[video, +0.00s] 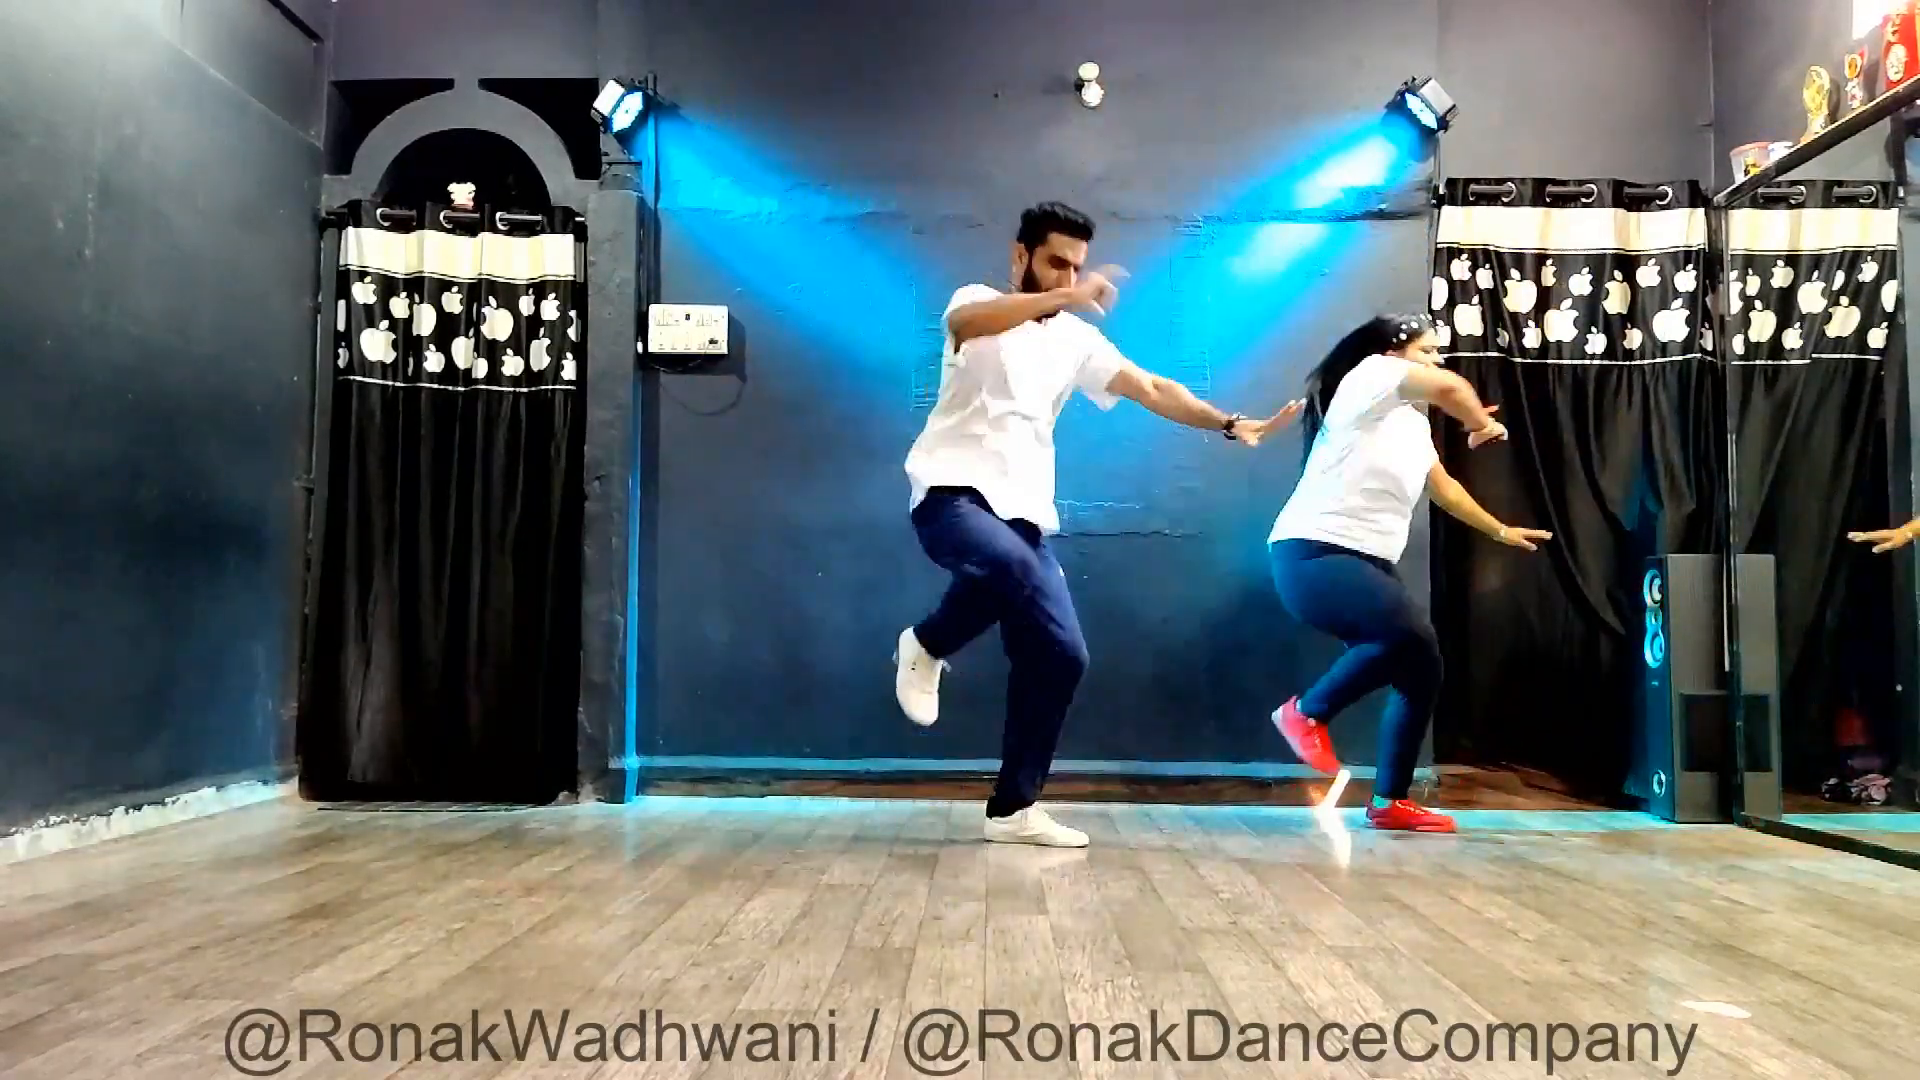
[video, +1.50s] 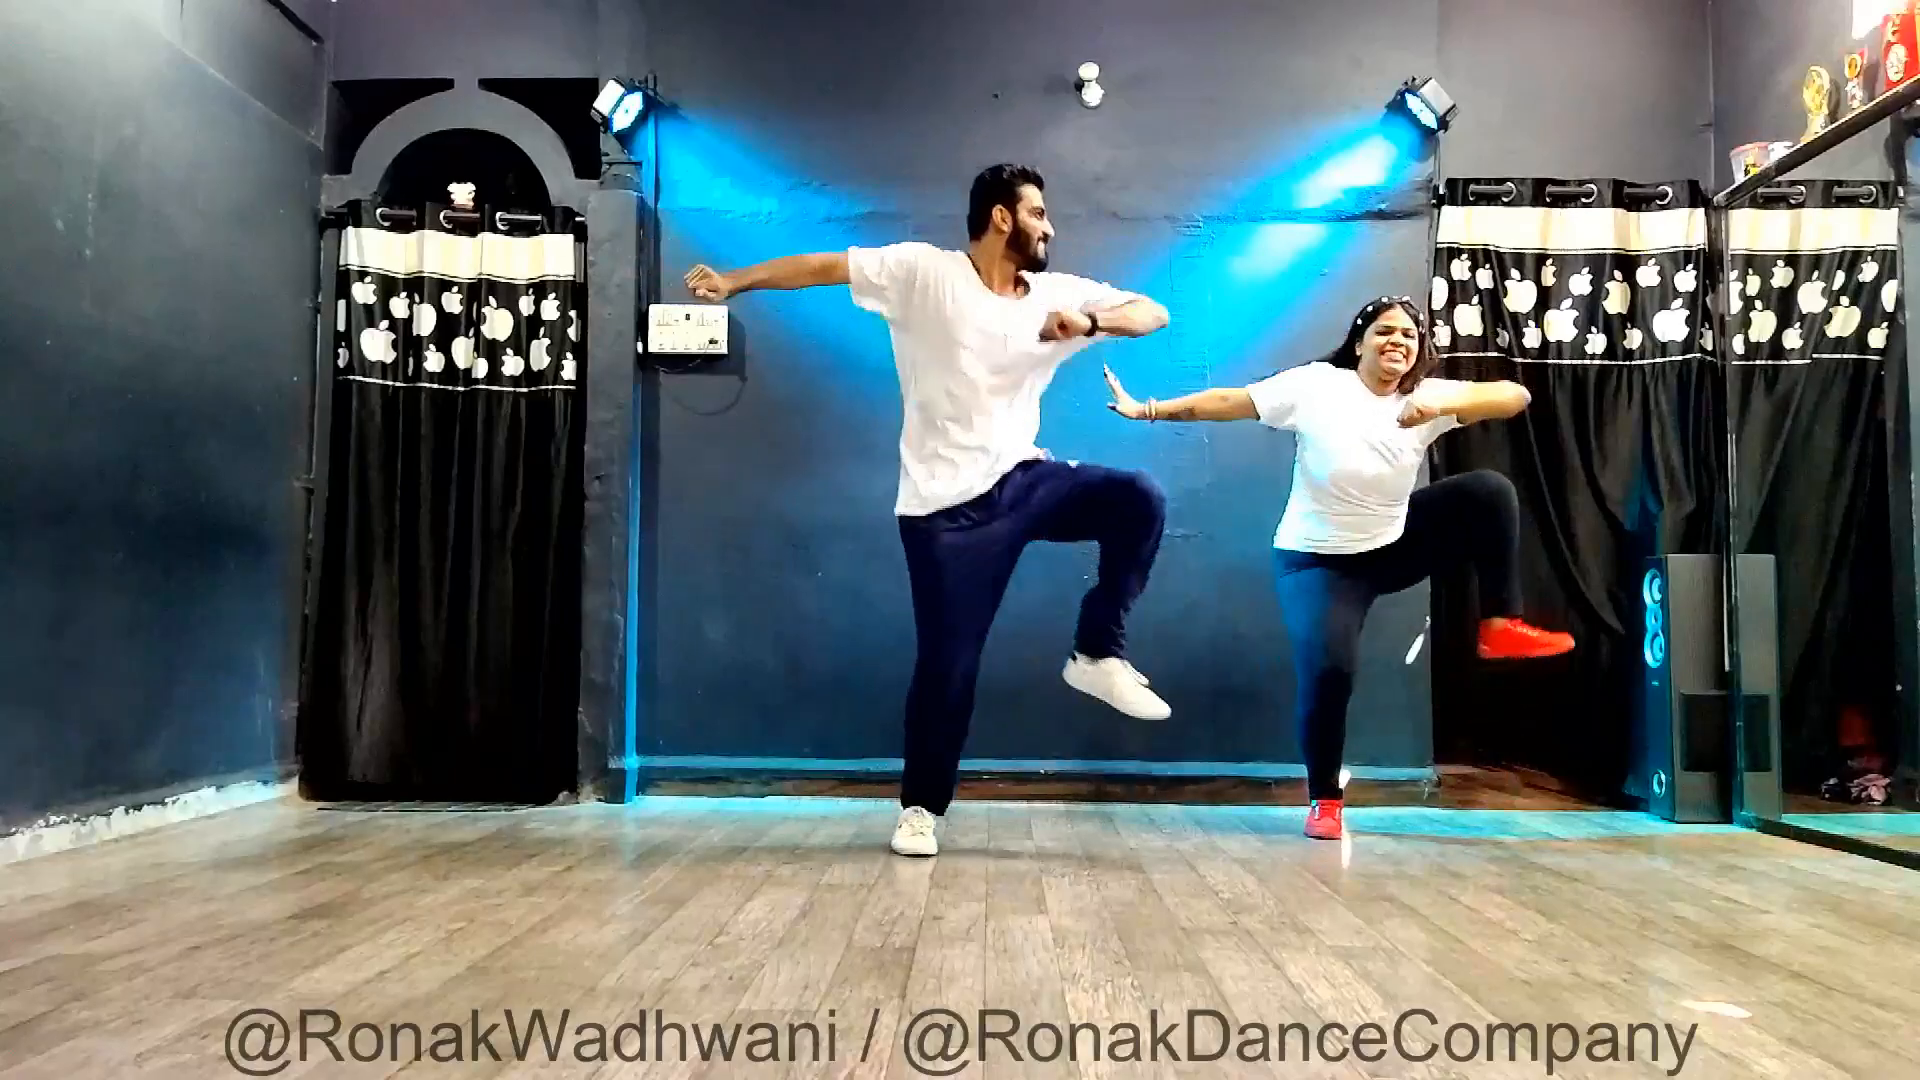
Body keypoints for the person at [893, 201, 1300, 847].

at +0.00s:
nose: (1067, 280)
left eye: (1076, 270)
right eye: (1056, 265)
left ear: (1083, 276)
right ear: (1019, 258)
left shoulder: (1078, 340)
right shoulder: (976, 301)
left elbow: (1152, 389)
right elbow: (966, 325)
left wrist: (1229, 422)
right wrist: (1064, 297)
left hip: (1024, 511)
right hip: (952, 490)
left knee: (1061, 655)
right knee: (1010, 568)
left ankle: (1012, 808)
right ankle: (925, 647)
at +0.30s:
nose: (1042, 297)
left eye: (1057, 289)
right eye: (1032, 282)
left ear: (1070, 303)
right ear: (1009, 289)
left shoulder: (1062, 389)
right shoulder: (988, 356)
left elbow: (1132, 450)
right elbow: (993, 434)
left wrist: (1211, 460)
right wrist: (1043, 363)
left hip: (1025, 552)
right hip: (983, 547)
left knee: (1104, 676)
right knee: (1094, 668)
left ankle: (1012, 811)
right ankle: (1049, 840)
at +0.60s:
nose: (978, 163)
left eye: (994, 155)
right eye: (968, 150)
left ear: (1012, 171)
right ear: (947, 157)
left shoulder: (1034, 242)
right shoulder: (905, 218)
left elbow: (1093, 318)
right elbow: (799, 234)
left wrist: (1115, 275)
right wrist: (768, 172)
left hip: (1008, 454)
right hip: (925, 448)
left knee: (1068, 584)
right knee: (920, 600)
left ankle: (990, 688)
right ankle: (880, 760)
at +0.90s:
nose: (999, 255)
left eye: (997, 243)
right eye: (986, 241)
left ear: (966, 252)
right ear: (946, 248)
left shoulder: (997, 320)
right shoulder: (861, 303)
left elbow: (1104, 328)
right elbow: (763, 309)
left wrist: (1056, 329)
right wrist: (659, 303)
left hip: (946, 499)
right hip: (867, 519)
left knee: (1065, 488)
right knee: (856, 677)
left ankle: (1037, 648)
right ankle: (841, 814)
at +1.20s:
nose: (1005, 184)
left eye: (1004, 172)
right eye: (994, 170)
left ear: (979, 182)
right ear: (953, 176)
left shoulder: (1018, 237)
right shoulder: (878, 226)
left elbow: (1107, 224)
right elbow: (778, 235)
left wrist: (1063, 253)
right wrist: (677, 250)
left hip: (996, 465)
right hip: (902, 473)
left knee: (1072, 567)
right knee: (875, 633)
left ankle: (1042, 732)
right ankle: (848, 791)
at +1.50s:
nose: (1048, 224)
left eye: (1048, 213)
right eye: (1037, 210)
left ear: (1025, 223)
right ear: (997, 217)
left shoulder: (1055, 291)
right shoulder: (925, 270)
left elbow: (1154, 313)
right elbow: (824, 267)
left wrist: (1092, 321)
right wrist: (733, 281)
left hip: (1025, 480)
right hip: (947, 503)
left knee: (1137, 504)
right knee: (947, 666)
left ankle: (1097, 656)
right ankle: (920, 809)